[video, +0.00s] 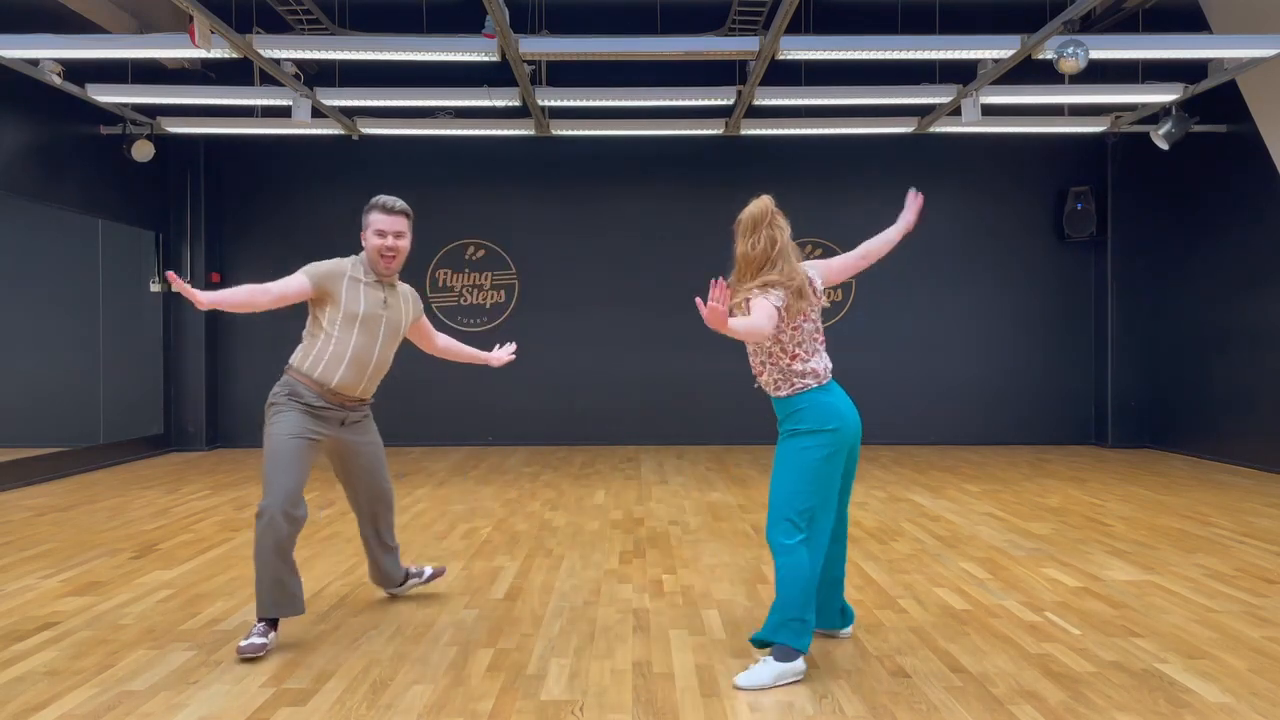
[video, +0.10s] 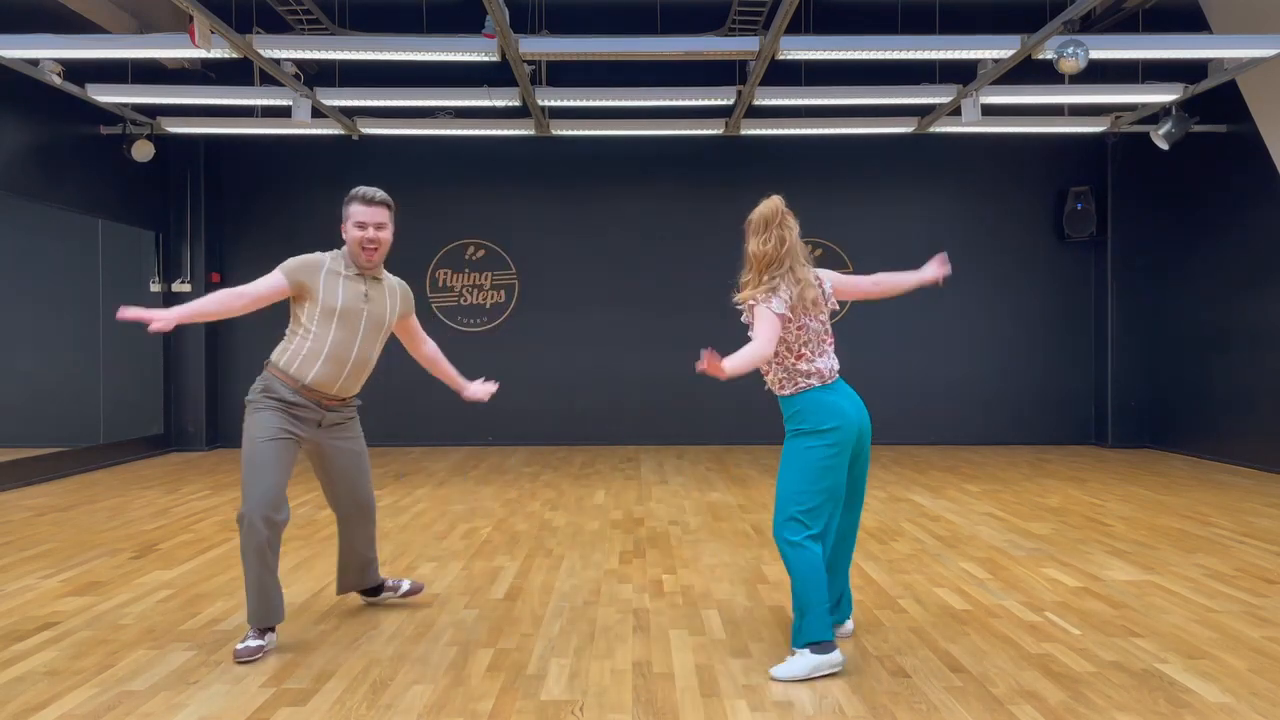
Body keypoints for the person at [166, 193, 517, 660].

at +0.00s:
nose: (390, 244)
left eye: (399, 235)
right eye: (381, 234)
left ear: (410, 241)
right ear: (363, 236)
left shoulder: (407, 300)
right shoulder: (332, 275)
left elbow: (434, 342)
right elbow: (267, 294)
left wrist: (487, 356)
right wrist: (205, 298)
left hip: (355, 414)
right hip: (299, 402)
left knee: (378, 497)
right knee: (279, 504)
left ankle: (391, 576)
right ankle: (267, 618)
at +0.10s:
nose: (371, 235)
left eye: (380, 226)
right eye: (361, 225)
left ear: (392, 233)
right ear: (344, 229)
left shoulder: (396, 295)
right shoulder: (311, 270)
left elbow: (421, 345)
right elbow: (241, 298)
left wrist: (462, 386)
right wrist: (174, 313)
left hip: (339, 413)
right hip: (279, 401)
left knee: (359, 504)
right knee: (260, 510)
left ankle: (367, 582)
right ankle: (262, 627)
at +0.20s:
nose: (351, 229)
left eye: (361, 220)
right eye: (342, 219)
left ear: (374, 225)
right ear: (325, 222)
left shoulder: (389, 294)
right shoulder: (292, 269)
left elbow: (401, 363)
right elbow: (235, 320)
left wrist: (417, 426)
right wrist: (173, 368)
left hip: (329, 412)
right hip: (266, 399)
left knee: (344, 512)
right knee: (254, 512)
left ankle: (337, 591)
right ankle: (256, 627)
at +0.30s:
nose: (339, 224)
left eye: (348, 215)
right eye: (328, 214)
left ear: (360, 219)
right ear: (309, 217)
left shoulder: (380, 292)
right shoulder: (275, 273)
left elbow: (377, 365)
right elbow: (265, 340)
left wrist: (366, 428)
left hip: (324, 414)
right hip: (259, 401)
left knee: (322, 526)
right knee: (246, 512)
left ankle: (304, 588)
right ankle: (256, 625)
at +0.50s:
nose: (329, 219)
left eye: (337, 211)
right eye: (318, 209)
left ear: (345, 214)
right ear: (290, 212)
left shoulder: (368, 261)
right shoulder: (262, 265)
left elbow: (378, 309)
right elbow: (309, 299)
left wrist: (317, 261)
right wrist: (365, 253)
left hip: (345, 395)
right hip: (279, 395)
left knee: (312, 445)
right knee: (252, 505)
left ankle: (290, 527)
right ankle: (270, 612)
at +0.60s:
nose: (332, 226)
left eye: (339, 216)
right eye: (320, 216)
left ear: (346, 219)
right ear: (291, 218)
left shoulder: (370, 267)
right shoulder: (263, 272)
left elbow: (360, 320)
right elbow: (292, 317)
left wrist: (296, 271)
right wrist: (353, 263)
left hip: (361, 406)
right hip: (294, 407)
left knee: (332, 470)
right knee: (269, 521)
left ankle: (314, 549)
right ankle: (288, 634)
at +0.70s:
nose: (334, 236)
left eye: (340, 225)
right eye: (321, 226)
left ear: (347, 225)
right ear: (291, 226)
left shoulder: (371, 277)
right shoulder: (267, 295)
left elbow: (371, 348)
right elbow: (282, 363)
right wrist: (346, 333)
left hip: (385, 417)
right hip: (313, 422)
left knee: (388, 495)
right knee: (278, 532)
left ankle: (379, 583)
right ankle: (294, 637)